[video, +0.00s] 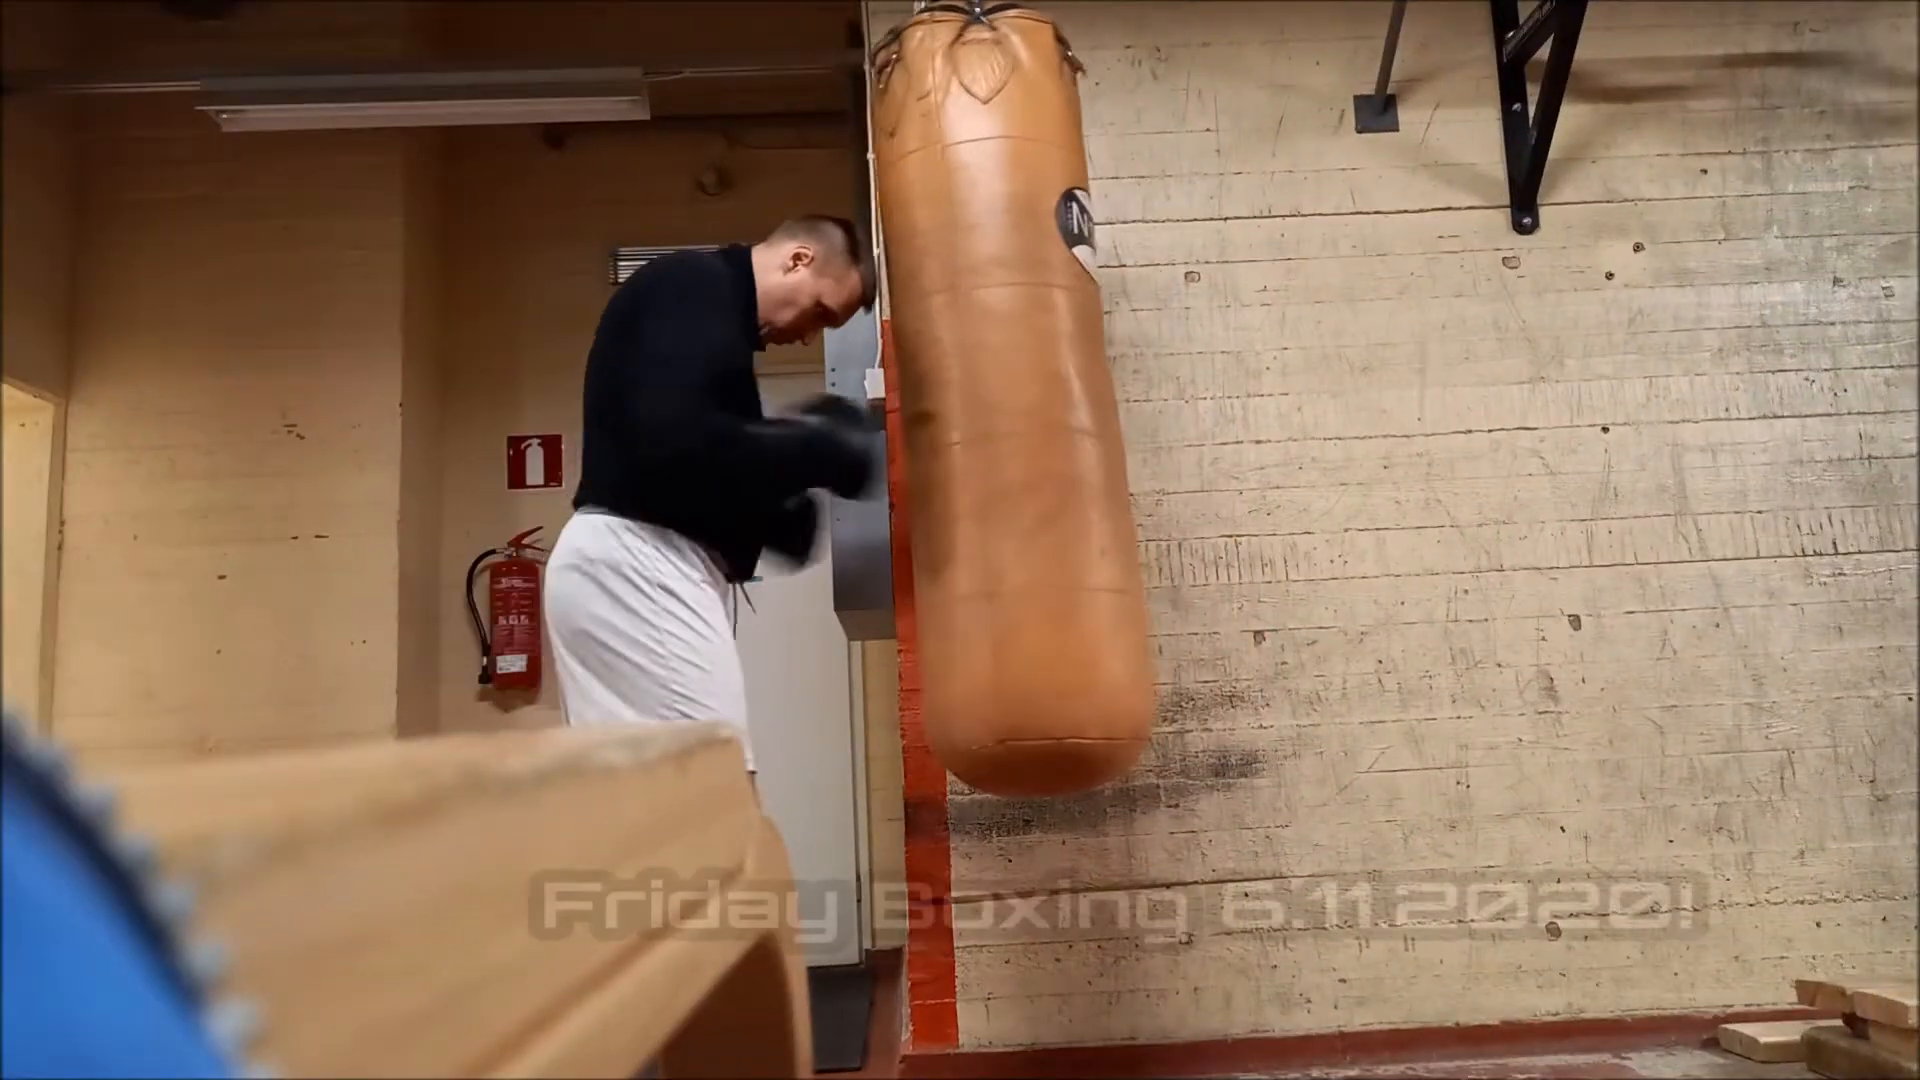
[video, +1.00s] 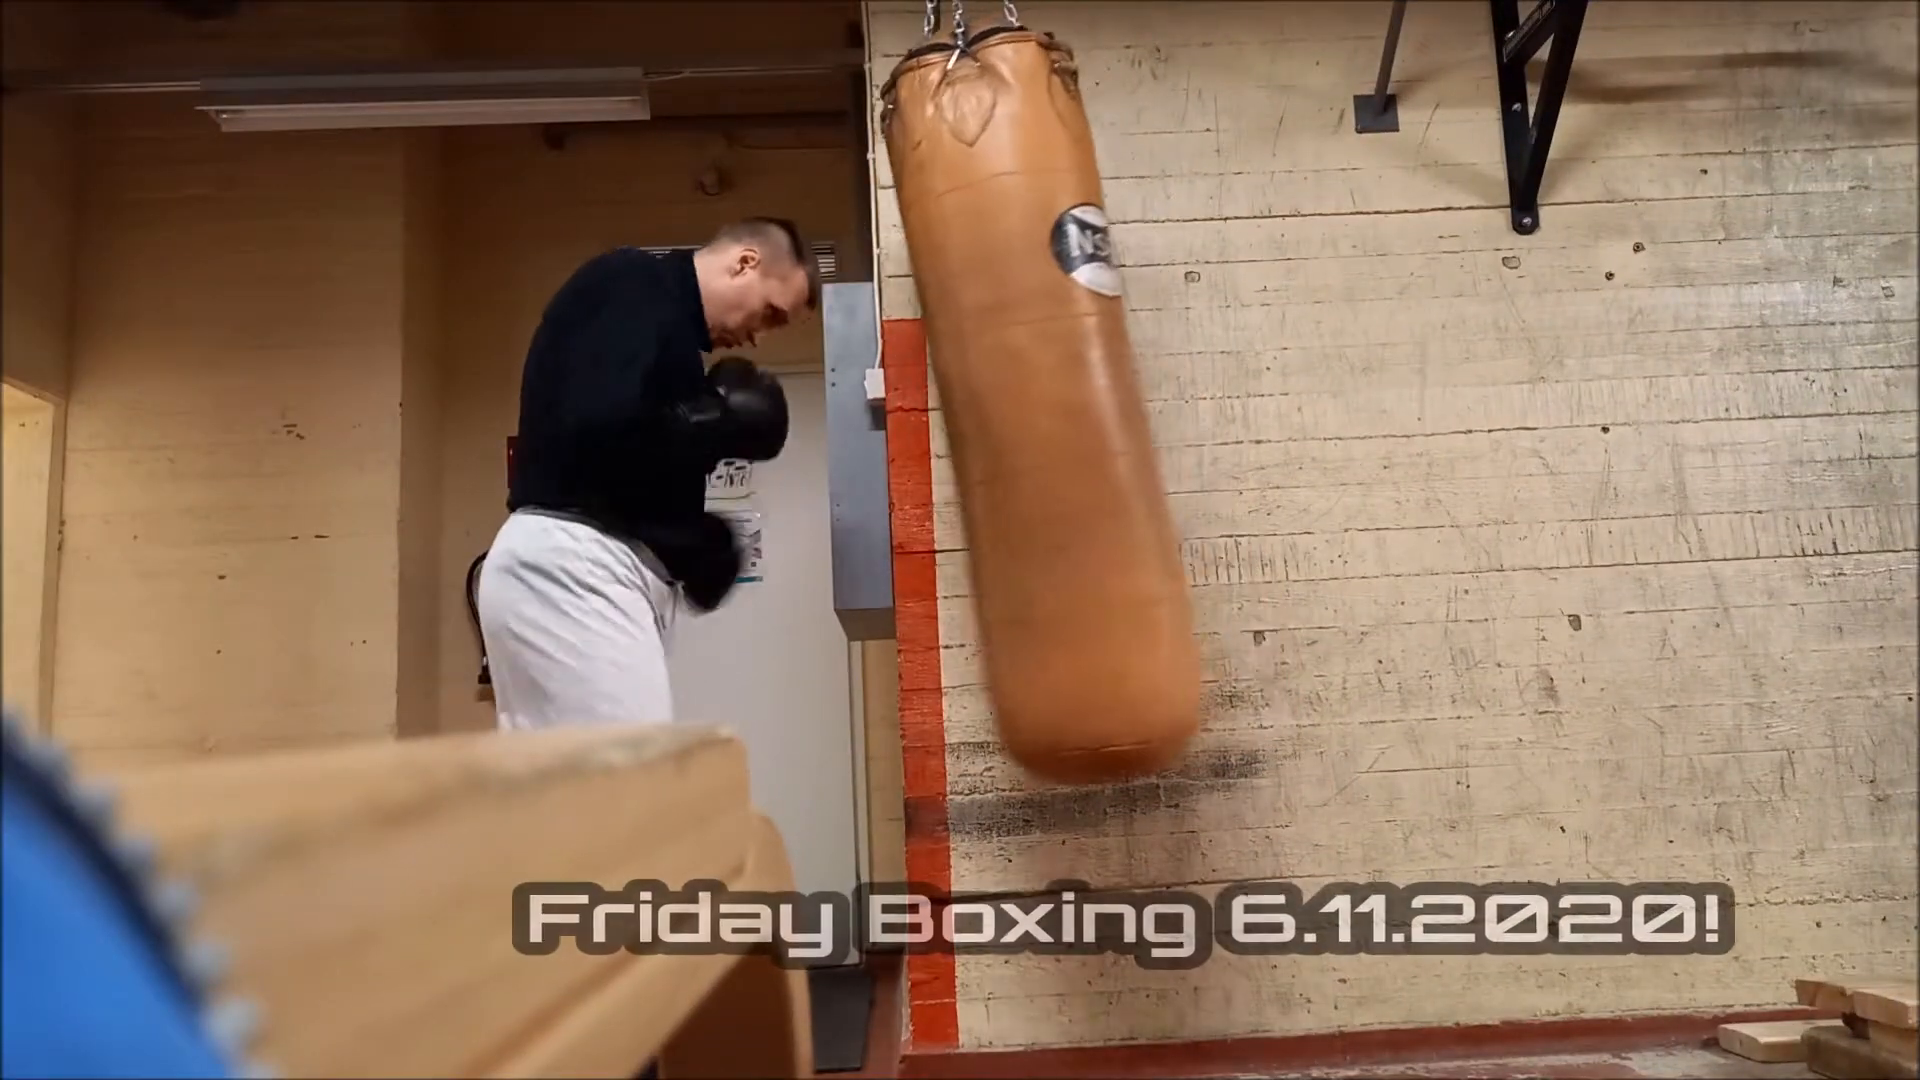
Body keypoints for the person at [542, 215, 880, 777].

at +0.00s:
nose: (809, 334)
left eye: (825, 324)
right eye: (820, 311)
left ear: (797, 260)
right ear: (797, 260)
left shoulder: (715, 320)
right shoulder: (692, 289)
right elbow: (674, 441)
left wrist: (777, 519)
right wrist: (821, 449)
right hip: (638, 566)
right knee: (711, 810)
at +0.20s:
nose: (810, 333)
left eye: (828, 324)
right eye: (824, 311)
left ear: (797, 259)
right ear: (801, 259)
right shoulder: (712, 285)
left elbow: (762, 499)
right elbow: (735, 450)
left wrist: (870, 481)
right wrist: (870, 444)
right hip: (640, 556)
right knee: (722, 805)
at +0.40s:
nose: (810, 324)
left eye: (825, 315)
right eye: (821, 304)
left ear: (795, 249)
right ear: (799, 250)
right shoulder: (719, 284)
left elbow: (746, 476)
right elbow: (740, 446)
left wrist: (850, 491)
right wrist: (848, 471)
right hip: (630, 548)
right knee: (696, 806)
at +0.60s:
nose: (782, 333)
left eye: (799, 323)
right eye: (797, 310)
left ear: (771, 259)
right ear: (773, 261)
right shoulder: (703, 285)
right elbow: (650, 423)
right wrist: (750, 473)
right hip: (612, 551)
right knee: (683, 800)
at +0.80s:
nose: (751, 349)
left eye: (768, 339)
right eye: (765, 327)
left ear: (743, 277)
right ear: (744, 278)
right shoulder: (681, 296)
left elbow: (515, 465)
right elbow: (636, 426)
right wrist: (721, 501)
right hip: (581, 564)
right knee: (672, 791)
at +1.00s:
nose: (759, 336)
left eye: (774, 326)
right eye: (770, 312)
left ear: (741, 263)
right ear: (744, 263)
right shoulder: (631, 287)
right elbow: (598, 443)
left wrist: (703, 545)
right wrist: (713, 423)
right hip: (570, 569)